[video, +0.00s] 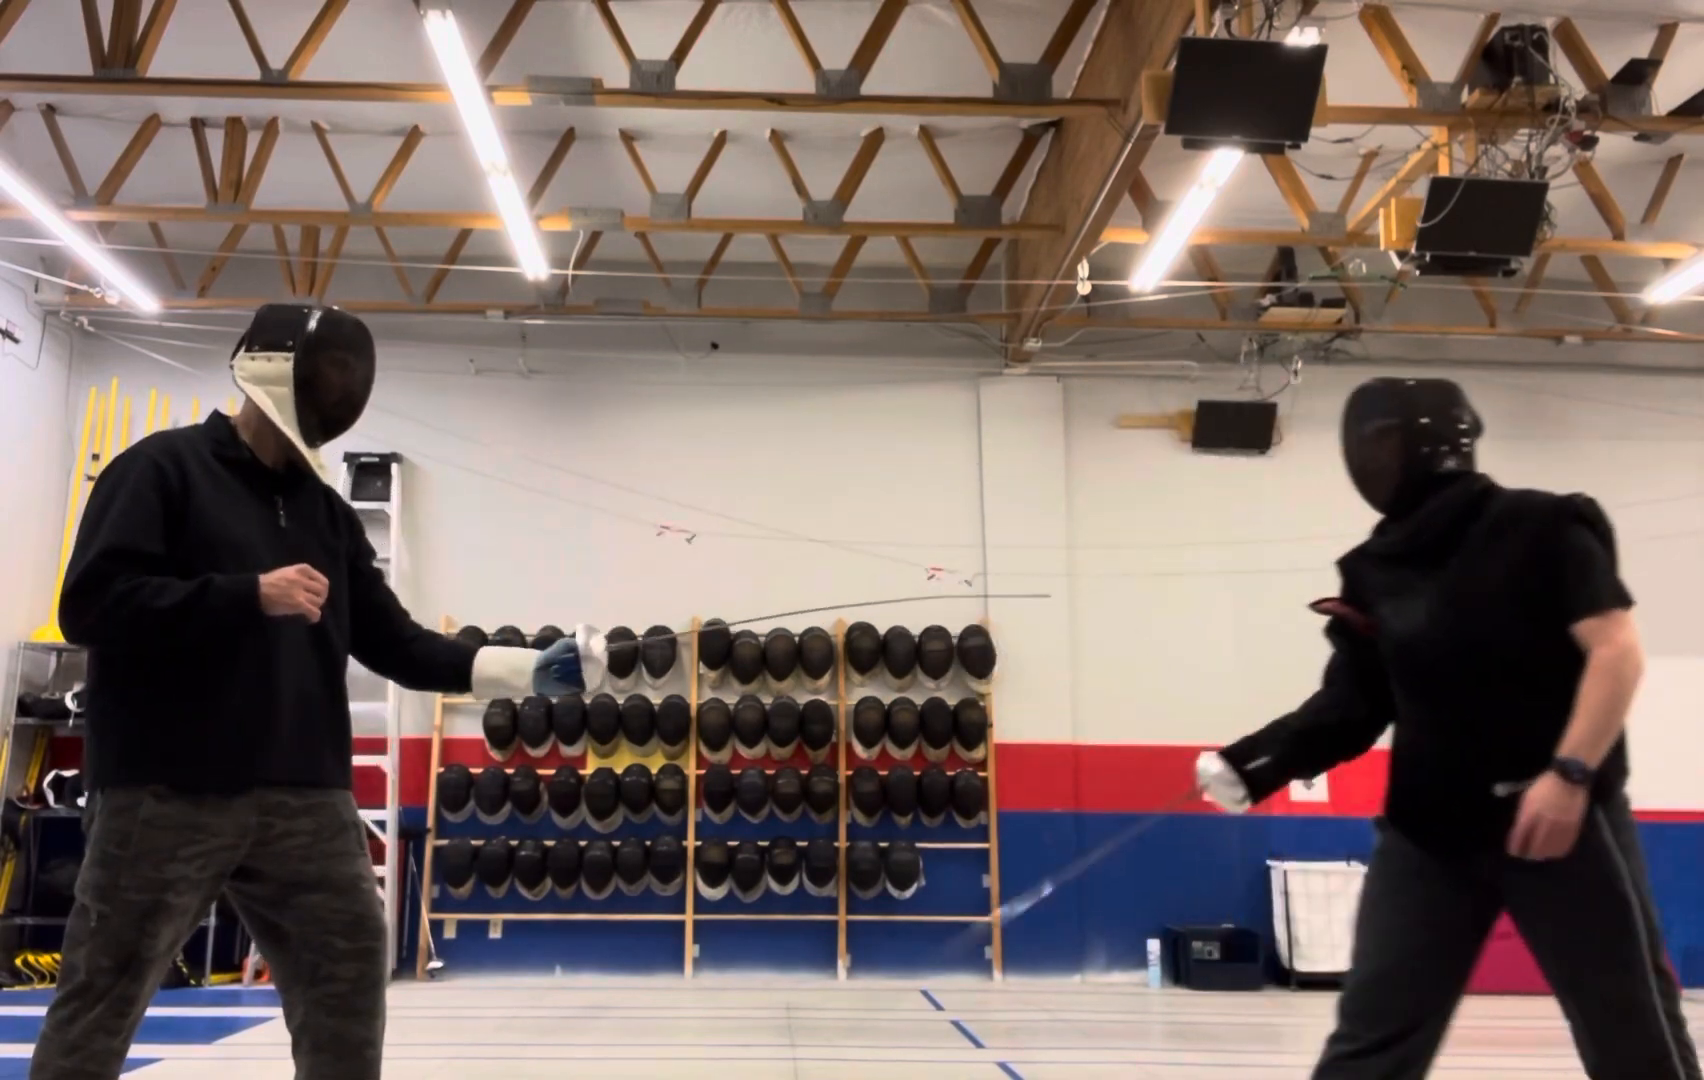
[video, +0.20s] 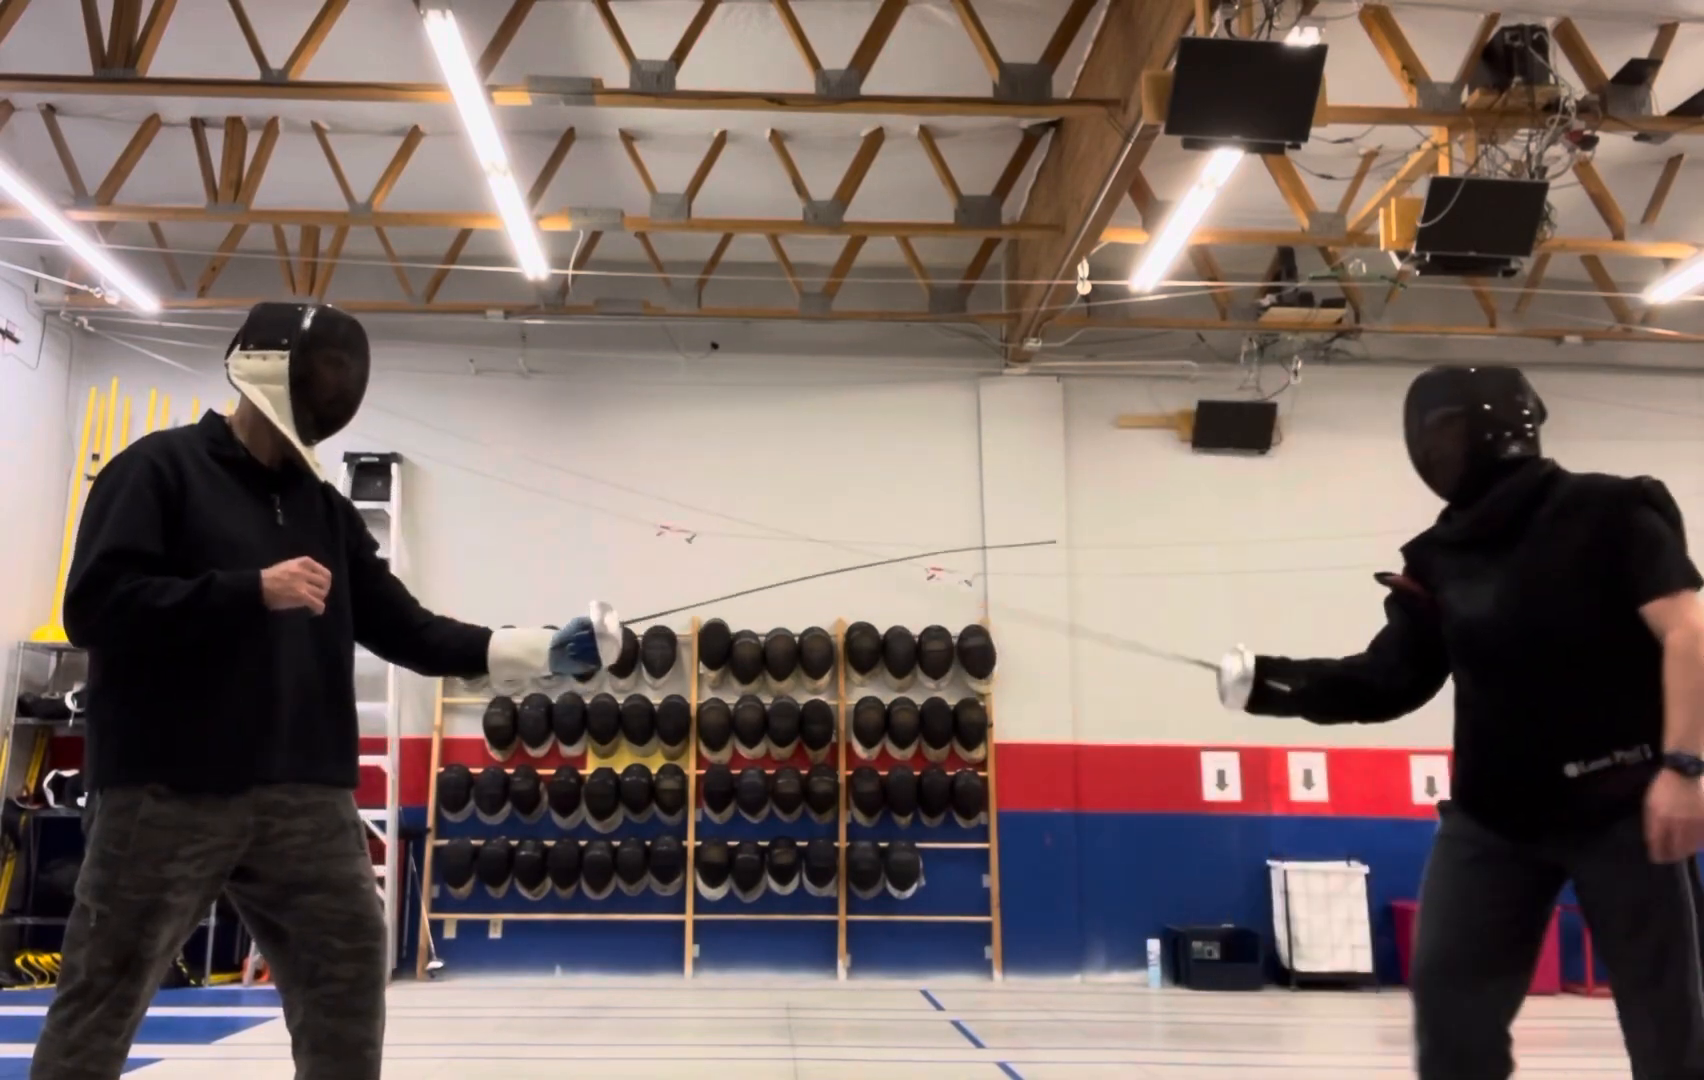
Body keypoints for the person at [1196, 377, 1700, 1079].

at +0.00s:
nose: (1357, 466)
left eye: (1366, 446)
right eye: (1355, 450)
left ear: (1410, 444)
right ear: (1443, 444)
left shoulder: (1544, 527)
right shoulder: (1376, 572)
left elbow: (1618, 652)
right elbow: (1353, 704)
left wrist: (1571, 775)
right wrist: (1254, 765)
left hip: (1561, 824)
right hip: (1431, 835)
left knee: (1637, 1040)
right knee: (1370, 1047)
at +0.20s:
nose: (1420, 455)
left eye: (1431, 433)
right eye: (1417, 439)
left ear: (1480, 426)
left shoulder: (1614, 512)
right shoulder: (1442, 559)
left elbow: (1686, 627)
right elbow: (1389, 681)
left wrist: (1684, 764)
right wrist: (1269, 683)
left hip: (1623, 808)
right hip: (1494, 819)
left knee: (1668, 1027)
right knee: (1452, 1013)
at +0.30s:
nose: (1446, 452)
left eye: (1457, 432)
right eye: (1442, 438)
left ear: (1504, 425)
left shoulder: (1632, 509)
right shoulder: (1456, 558)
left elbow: (1698, 633)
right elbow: (1386, 666)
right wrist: (1267, 655)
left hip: (1642, 807)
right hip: (1515, 818)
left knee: (1677, 1017)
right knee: (1491, 1004)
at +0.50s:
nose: (1462, 453)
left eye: (1475, 431)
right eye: (1454, 438)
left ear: (1529, 422)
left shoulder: (1653, 510)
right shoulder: (1465, 559)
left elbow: (1702, 626)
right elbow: (1387, 652)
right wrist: (1274, 644)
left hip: (1665, 811)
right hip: (1533, 824)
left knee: (1684, 1040)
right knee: (1519, 1032)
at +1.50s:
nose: (1174, 445)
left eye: (1183, 424)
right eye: (1172, 429)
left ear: (1231, 423)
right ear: (1239, 429)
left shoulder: (1351, 498)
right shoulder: (1193, 558)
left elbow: (1435, 610)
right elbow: (1081, 610)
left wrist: (1409, 723)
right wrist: (958, 602)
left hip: (1413, 788)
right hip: (1291, 817)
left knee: (1525, 1000)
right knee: (1286, 1046)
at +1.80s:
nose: (1129, 448)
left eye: (1136, 428)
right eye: (1128, 432)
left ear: (1174, 430)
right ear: (1209, 426)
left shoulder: (1308, 492)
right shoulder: (1150, 555)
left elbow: (1395, 603)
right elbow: (1035, 591)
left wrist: (1369, 719)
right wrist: (915, 564)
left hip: (1378, 785)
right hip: (1254, 814)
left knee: (1480, 988)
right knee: (1260, 1040)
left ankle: (1540, 1079)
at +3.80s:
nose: (1238, 460)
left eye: (1247, 439)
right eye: (1234, 445)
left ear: (1299, 433)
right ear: (1280, 442)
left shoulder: (1419, 508)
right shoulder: (1254, 570)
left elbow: (1504, 619)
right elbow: (1156, 643)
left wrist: (1511, 749)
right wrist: (1026, 630)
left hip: (1462, 801)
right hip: (1335, 824)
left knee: (1574, 1028)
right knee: (1303, 1052)